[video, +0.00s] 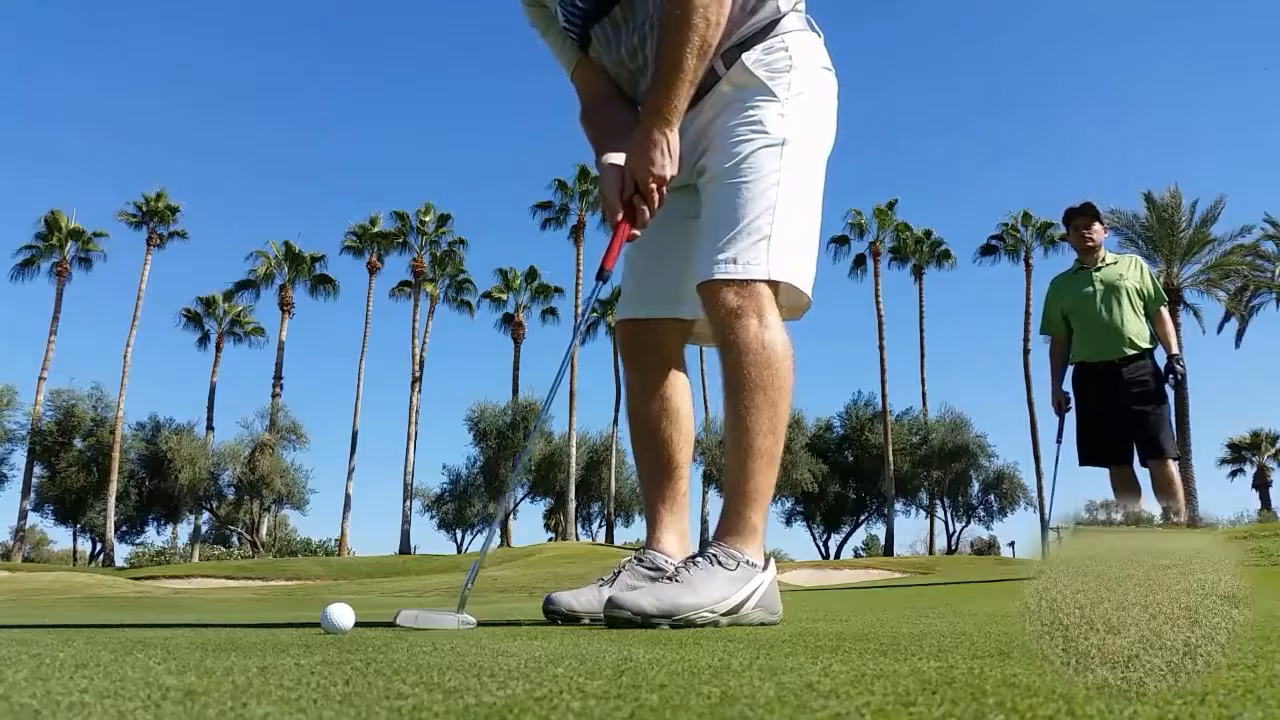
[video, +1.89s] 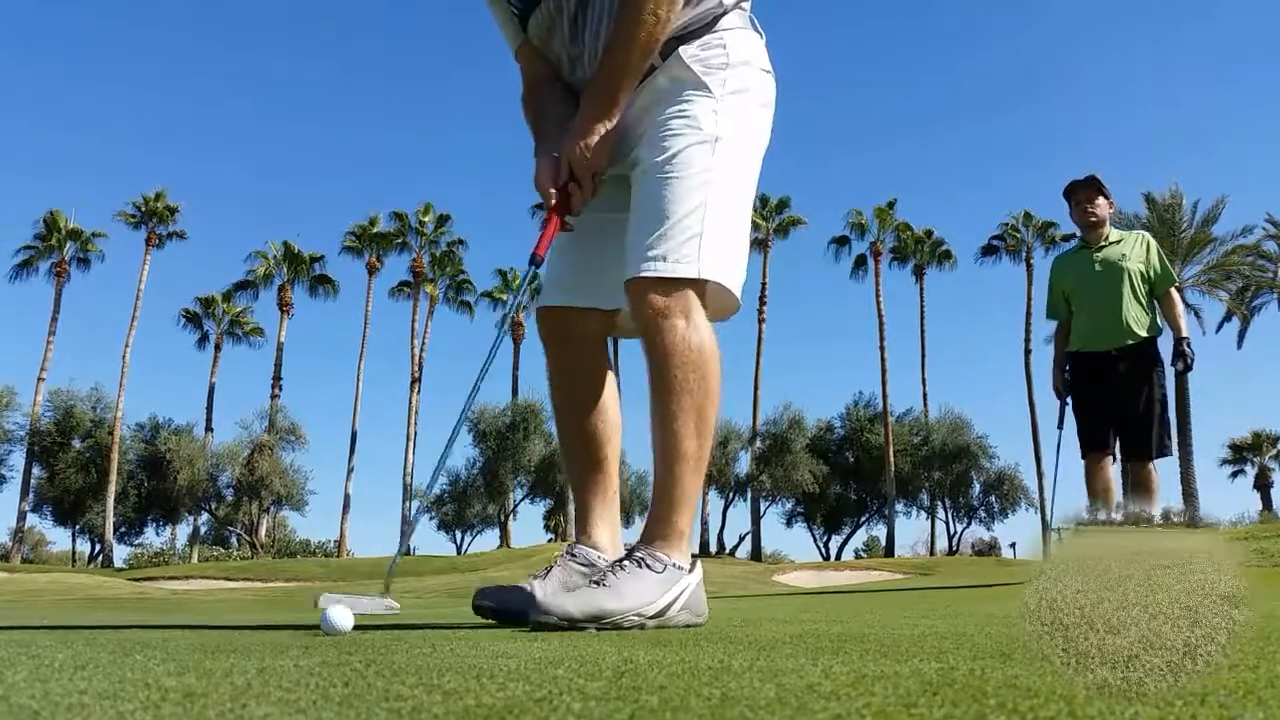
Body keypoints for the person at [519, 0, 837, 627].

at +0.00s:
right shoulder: (543, 6)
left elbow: (706, 4)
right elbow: (598, 92)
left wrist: (658, 121)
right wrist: (612, 158)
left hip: (758, 57)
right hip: (663, 107)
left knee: (738, 289)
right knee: (644, 326)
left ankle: (742, 561)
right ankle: (666, 559)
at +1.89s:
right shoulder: (509, 6)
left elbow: (657, 6)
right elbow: (537, 71)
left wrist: (596, 113)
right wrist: (552, 142)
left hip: (696, 52)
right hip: (593, 94)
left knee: (665, 288)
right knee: (565, 311)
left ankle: (669, 563)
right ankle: (595, 555)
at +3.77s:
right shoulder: (457, 5)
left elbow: (619, 5)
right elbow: (506, 87)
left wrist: (564, 122)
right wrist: (518, 157)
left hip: (665, 57)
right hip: (570, 105)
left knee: (635, 288)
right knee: (546, 323)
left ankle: (656, 561)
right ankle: (575, 560)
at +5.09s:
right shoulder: (453, 6)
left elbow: (616, 5)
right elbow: (507, 93)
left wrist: (566, 125)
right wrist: (522, 160)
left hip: (667, 61)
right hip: (571, 111)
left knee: (641, 288)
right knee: (547, 324)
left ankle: (654, 562)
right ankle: (575, 561)